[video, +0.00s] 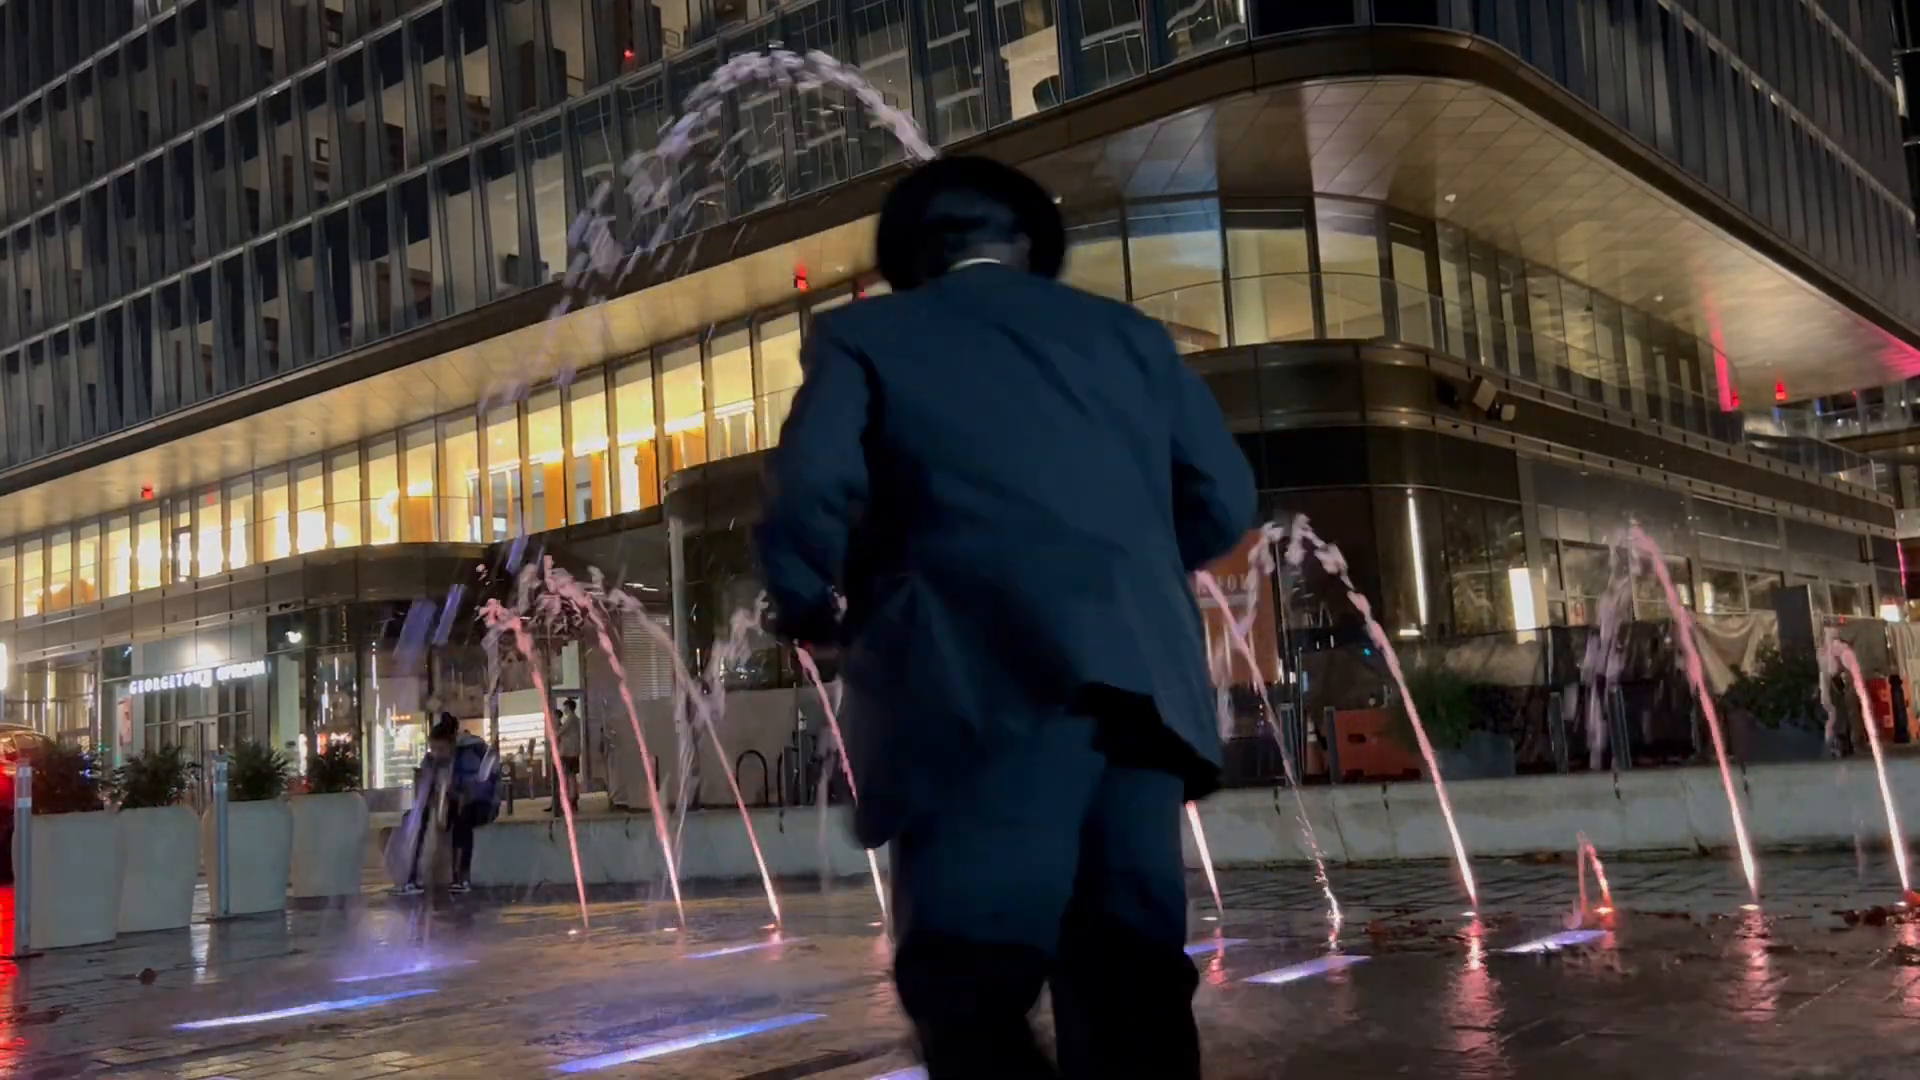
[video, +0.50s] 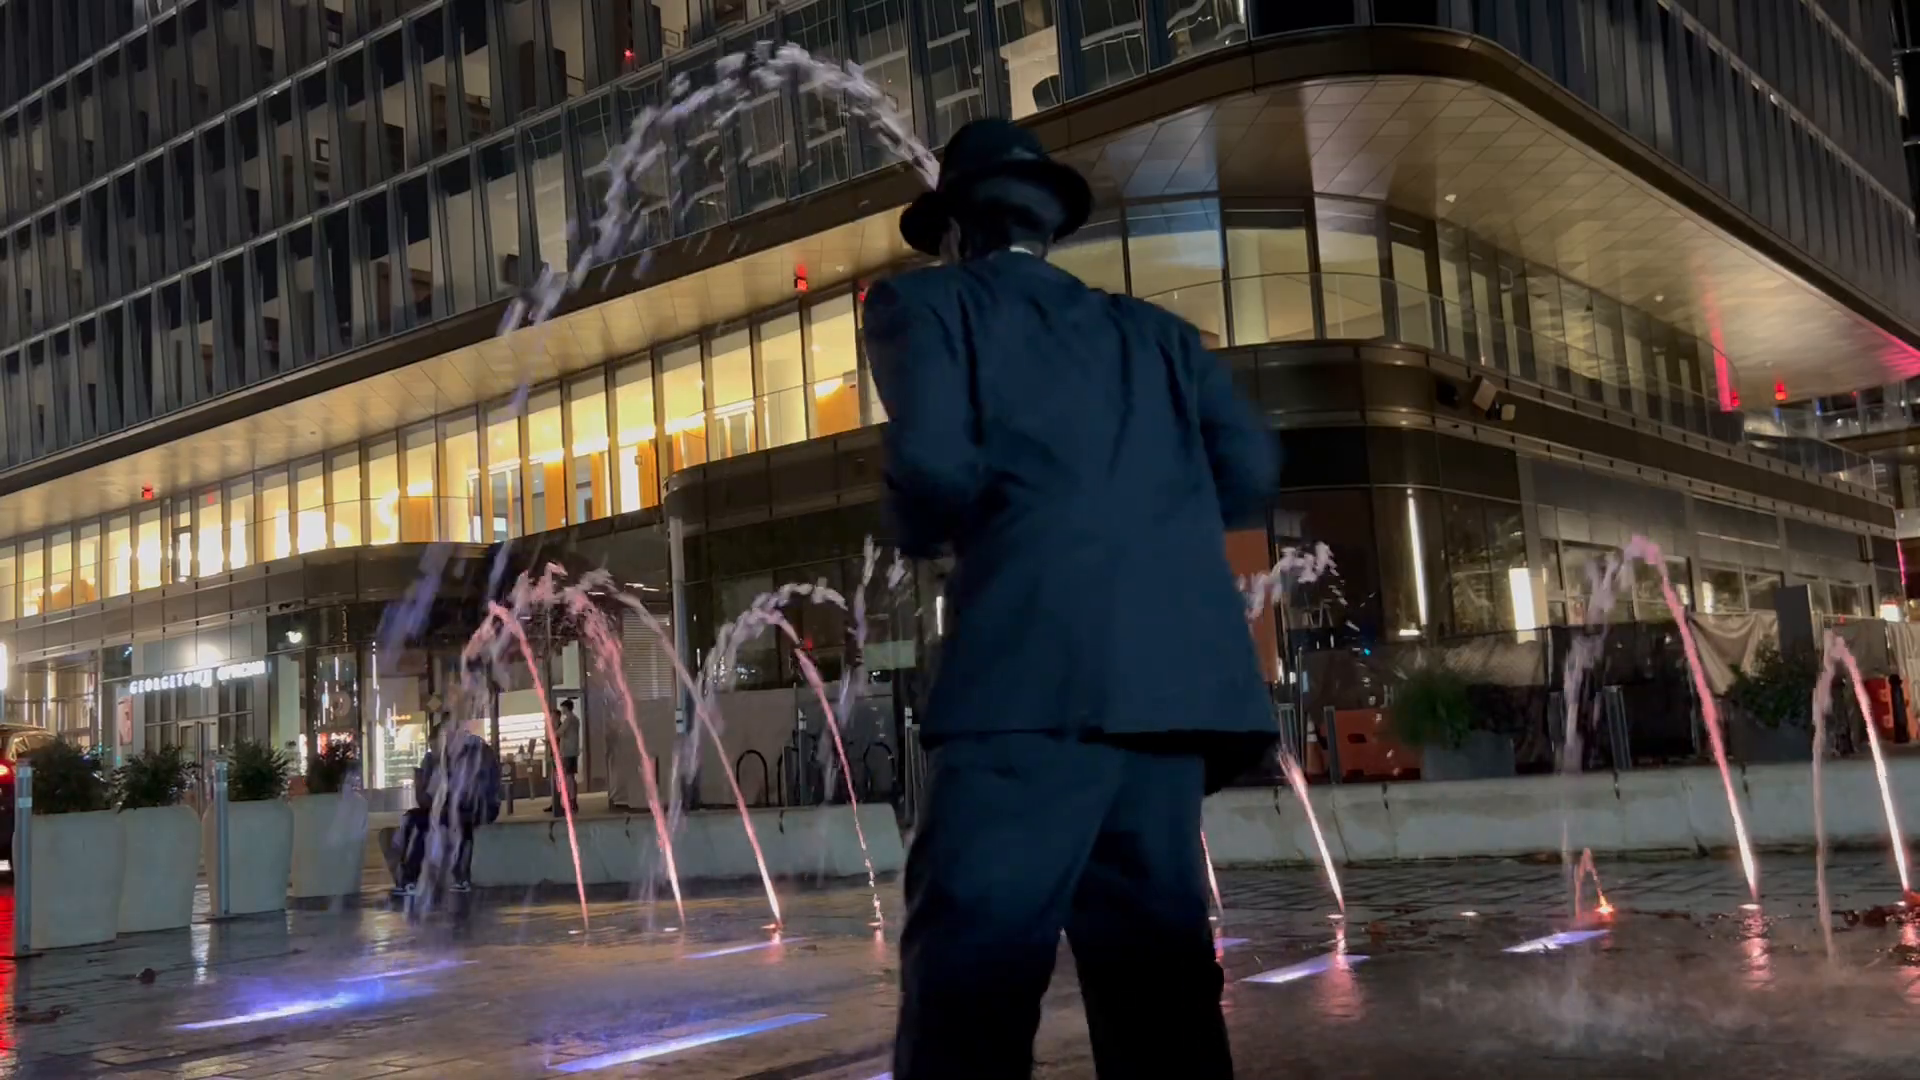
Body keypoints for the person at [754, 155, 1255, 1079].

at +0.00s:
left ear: (904, 261)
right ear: (1035, 251)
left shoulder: (868, 332)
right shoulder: (1130, 330)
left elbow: (806, 495)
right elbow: (1227, 502)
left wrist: (814, 617)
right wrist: (1121, 566)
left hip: (974, 693)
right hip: (1143, 691)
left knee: (965, 999)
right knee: (1133, 994)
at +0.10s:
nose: (1045, 266)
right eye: (1055, 253)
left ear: (953, 267)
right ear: (1070, 265)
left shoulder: (891, 348)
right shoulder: (1151, 362)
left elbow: (893, 536)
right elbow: (1181, 528)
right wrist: (1115, 616)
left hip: (992, 672)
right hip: (1147, 665)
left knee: (1038, 964)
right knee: (1146, 952)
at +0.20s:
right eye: (1065, 274)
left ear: (961, 277)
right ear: (1074, 281)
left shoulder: (918, 350)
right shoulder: (1152, 385)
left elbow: (935, 485)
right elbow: (1143, 536)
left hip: (1034, 695)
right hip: (1165, 696)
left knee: (1062, 970)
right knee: (1161, 975)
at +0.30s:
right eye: (1054, 255)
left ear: (960, 262)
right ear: (1071, 266)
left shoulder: (922, 332)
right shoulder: (1156, 364)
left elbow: (930, 530)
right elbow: (1199, 532)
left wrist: (1019, 563)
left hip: (1041, 654)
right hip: (1177, 664)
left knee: (1015, 946)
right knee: (1138, 966)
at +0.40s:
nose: (942, 256)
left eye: (947, 240)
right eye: (948, 241)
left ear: (962, 240)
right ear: (1062, 245)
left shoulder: (928, 314)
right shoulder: (1165, 337)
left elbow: (879, 473)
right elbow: (1275, 465)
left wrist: (872, 567)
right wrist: (1193, 573)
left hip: (1041, 660)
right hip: (1182, 667)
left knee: (979, 929)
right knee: (1144, 941)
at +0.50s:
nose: (933, 241)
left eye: (937, 225)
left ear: (952, 225)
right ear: (1052, 234)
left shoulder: (927, 299)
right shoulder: (1155, 325)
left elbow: (938, 467)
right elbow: (1252, 469)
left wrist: (918, 529)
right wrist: (1150, 517)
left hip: (1027, 685)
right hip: (1175, 688)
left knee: (968, 998)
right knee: (1165, 1002)